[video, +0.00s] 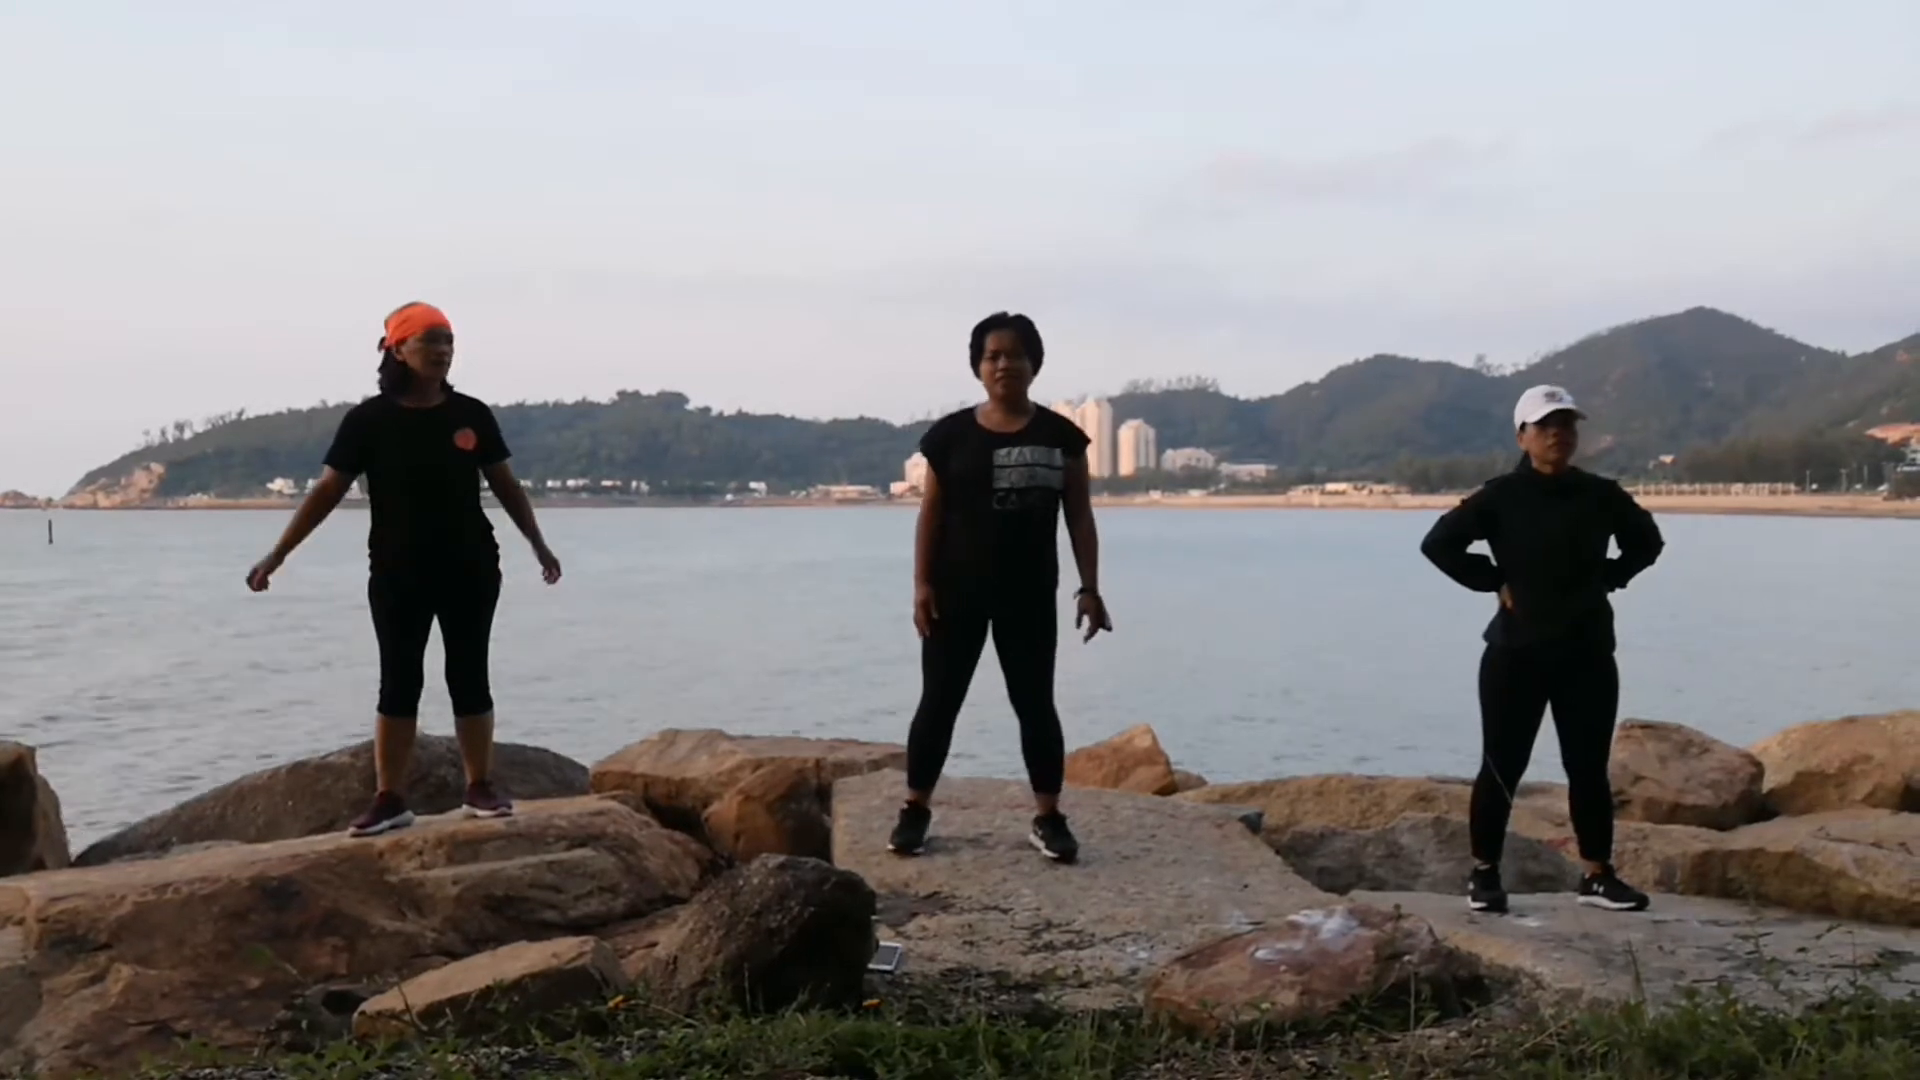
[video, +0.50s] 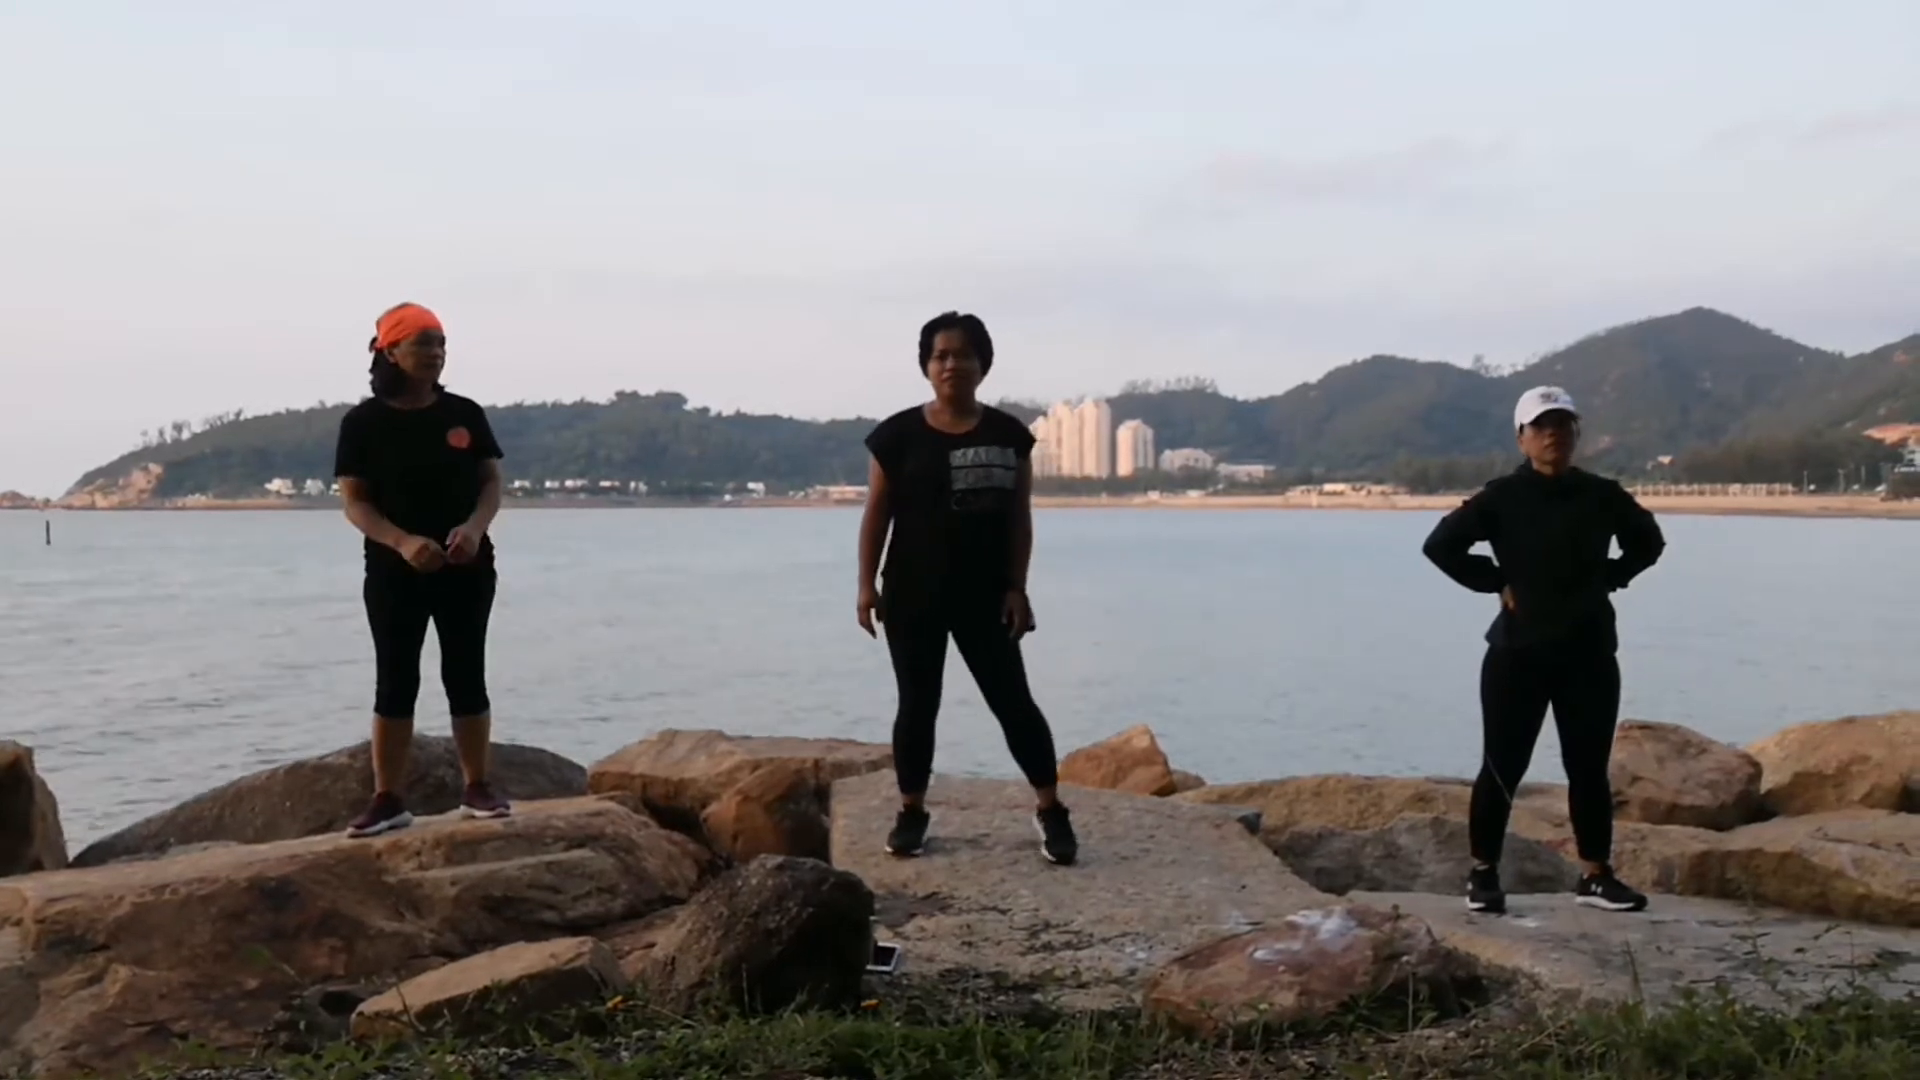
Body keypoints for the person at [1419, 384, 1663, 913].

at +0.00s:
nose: (1560, 435)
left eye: (1567, 426)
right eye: (1548, 426)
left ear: (1576, 433)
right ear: (1523, 435)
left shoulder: (1600, 494)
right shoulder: (1501, 496)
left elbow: (1648, 541)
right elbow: (1438, 545)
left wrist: (1607, 577)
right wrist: (1496, 581)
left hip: (1586, 652)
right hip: (1517, 652)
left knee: (1590, 770)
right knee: (1502, 767)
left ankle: (1598, 875)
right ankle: (1485, 874)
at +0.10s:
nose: (1559, 435)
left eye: (1566, 425)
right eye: (1546, 426)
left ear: (1576, 433)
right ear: (1522, 436)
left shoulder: (1599, 494)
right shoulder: (1501, 496)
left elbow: (1647, 541)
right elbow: (1437, 546)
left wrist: (1606, 577)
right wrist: (1495, 581)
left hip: (1586, 652)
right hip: (1517, 652)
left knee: (1589, 769)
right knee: (1502, 767)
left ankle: (1597, 874)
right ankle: (1485, 873)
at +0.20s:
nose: (1558, 436)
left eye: (1564, 425)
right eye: (1545, 427)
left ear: (1574, 433)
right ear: (1522, 436)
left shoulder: (1599, 494)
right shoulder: (1501, 496)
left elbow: (1647, 541)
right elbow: (1437, 546)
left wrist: (1606, 577)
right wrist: (1495, 581)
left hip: (1586, 652)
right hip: (1518, 652)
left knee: (1589, 770)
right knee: (1502, 767)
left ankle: (1597, 874)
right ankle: (1484, 873)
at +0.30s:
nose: (1556, 436)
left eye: (1564, 426)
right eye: (1544, 427)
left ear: (1575, 433)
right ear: (1521, 436)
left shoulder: (1600, 494)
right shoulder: (1501, 497)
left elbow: (1647, 541)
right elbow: (1438, 546)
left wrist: (1607, 577)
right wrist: (1496, 581)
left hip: (1587, 653)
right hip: (1518, 653)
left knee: (1589, 770)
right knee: (1502, 768)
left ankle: (1597, 874)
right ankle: (1484, 873)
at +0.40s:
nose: (1556, 436)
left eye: (1564, 426)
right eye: (1544, 427)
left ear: (1575, 434)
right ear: (1522, 437)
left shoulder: (1600, 494)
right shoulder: (1501, 497)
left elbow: (1648, 541)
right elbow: (1439, 547)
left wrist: (1607, 577)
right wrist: (1497, 581)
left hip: (1587, 653)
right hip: (1518, 653)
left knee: (1589, 769)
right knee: (1502, 767)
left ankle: (1597, 875)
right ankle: (1484, 874)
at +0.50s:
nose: (1555, 437)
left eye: (1563, 427)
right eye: (1543, 428)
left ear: (1576, 434)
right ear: (1522, 437)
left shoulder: (1601, 494)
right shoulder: (1502, 497)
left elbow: (1649, 541)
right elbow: (1439, 547)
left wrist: (1608, 577)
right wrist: (1497, 582)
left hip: (1588, 654)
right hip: (1519, 653)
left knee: (1590, 770)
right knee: (1502, 768)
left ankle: (1597, 875)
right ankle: (1484, 874)